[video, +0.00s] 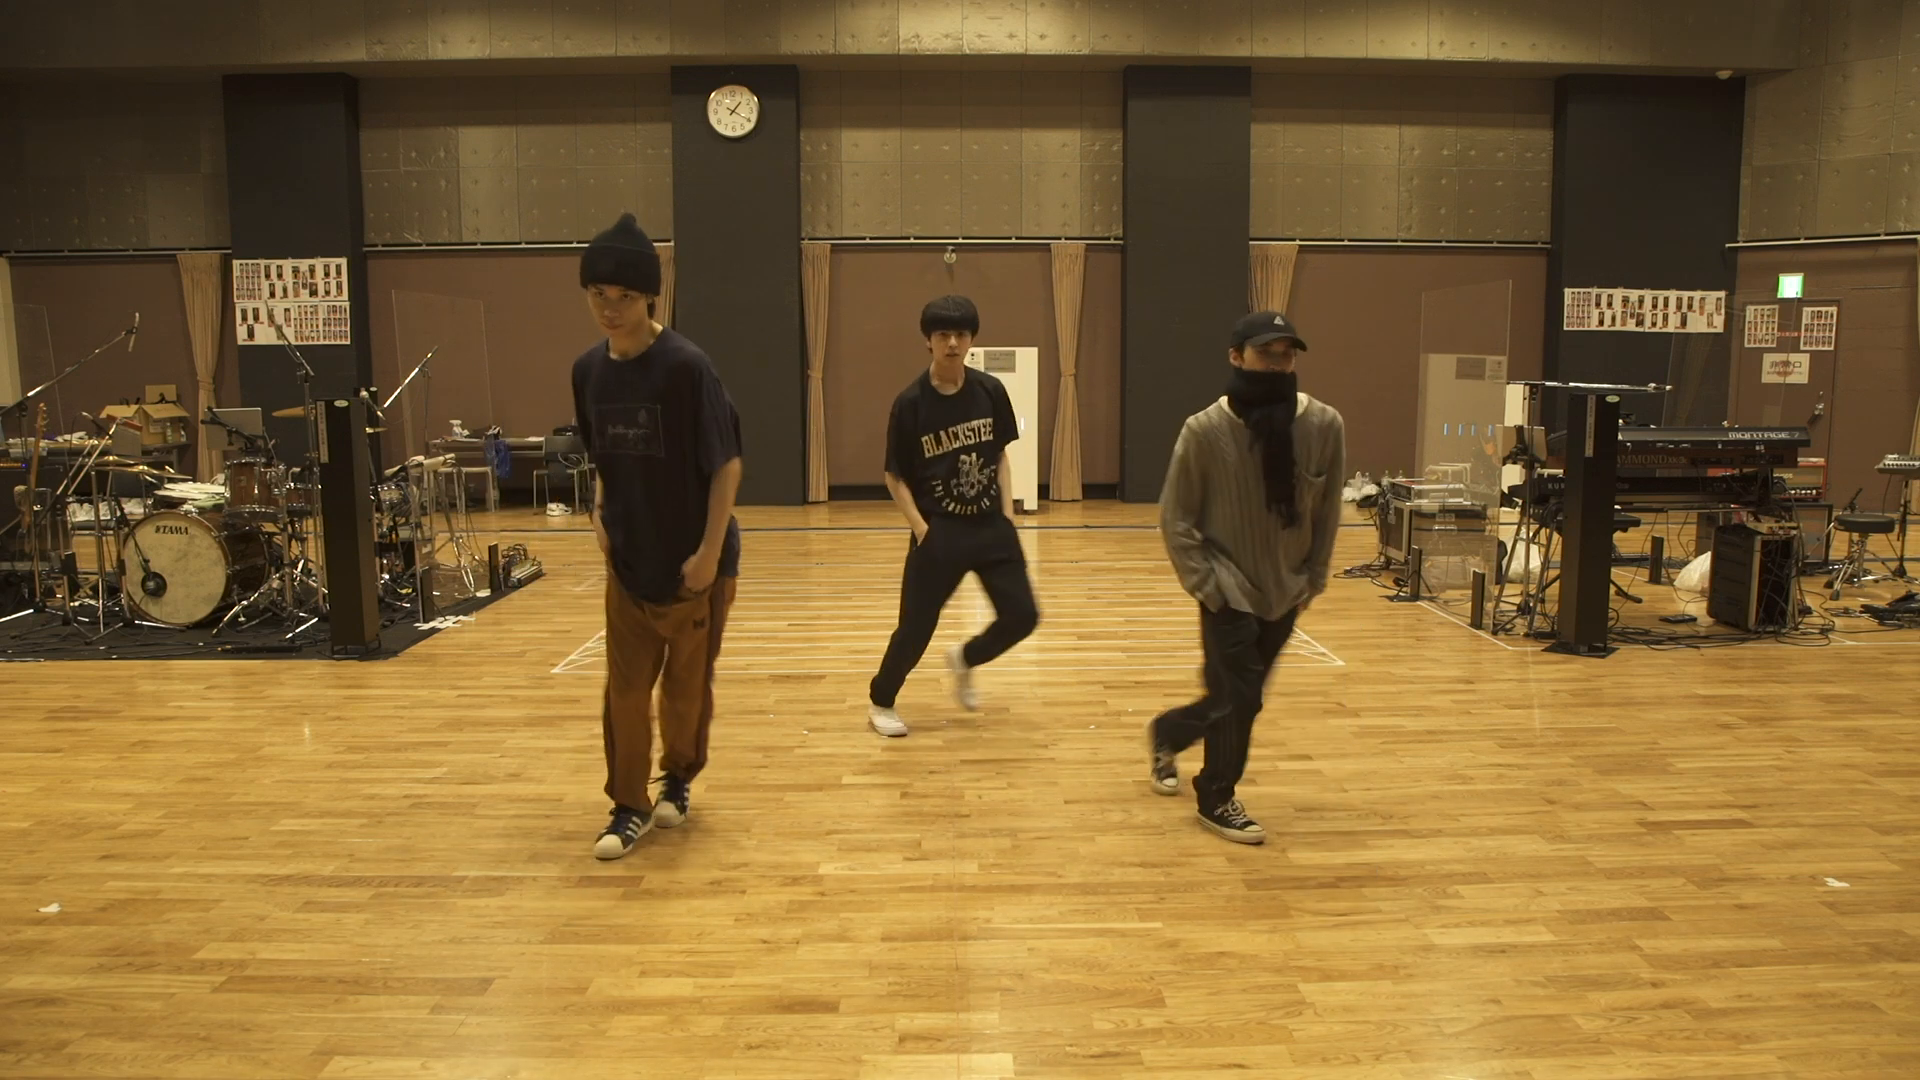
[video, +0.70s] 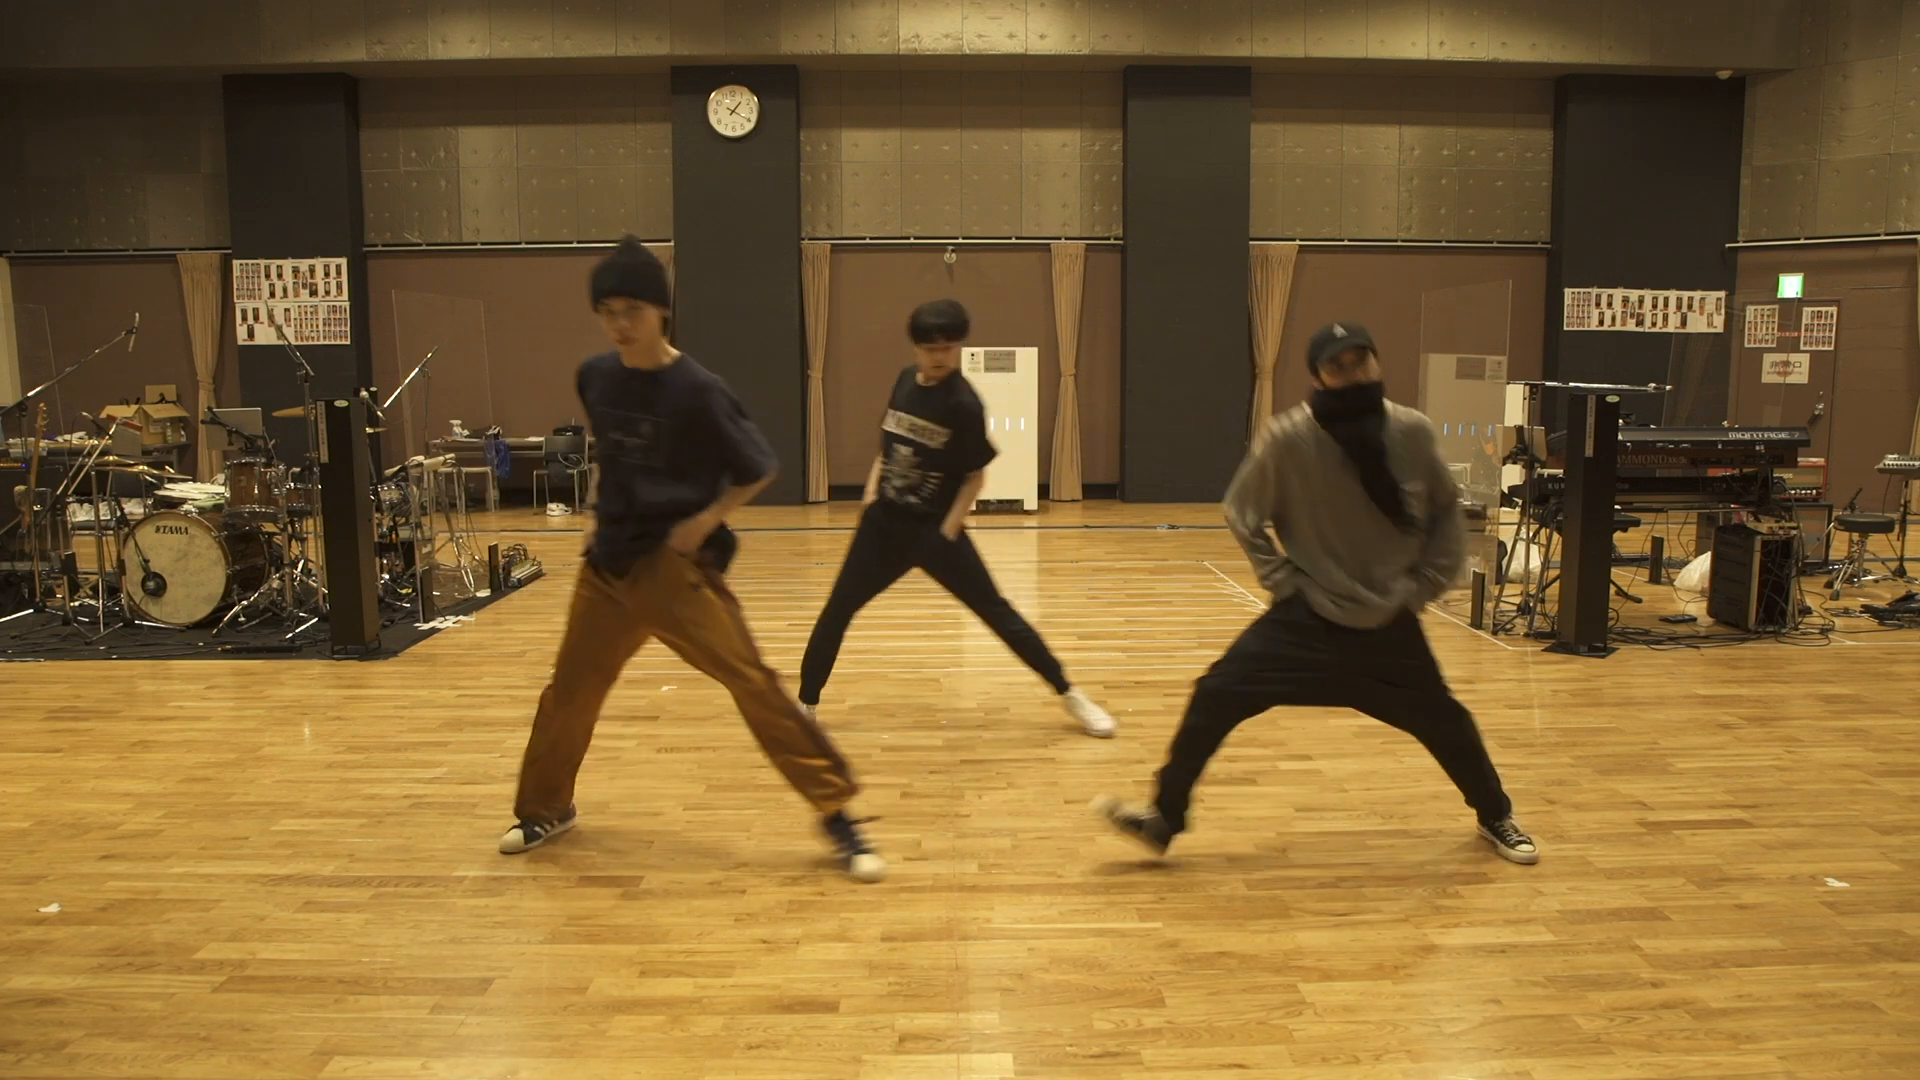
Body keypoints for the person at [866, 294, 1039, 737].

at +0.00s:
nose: (952, 345)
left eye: (960, 336)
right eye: (943, 336)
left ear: (971, 341)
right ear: (928, 342)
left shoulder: (990, 390)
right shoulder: (910, 405)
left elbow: (1000, 455)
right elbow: (895, 476)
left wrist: (1007, 515)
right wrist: (922, 530)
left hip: (991, 530)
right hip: (939, 534)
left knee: (1023, 618)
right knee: (915, 632)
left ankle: (964, 659)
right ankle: (882, 703)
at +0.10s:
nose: (958, 343)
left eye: (966, 334)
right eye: (949, 334)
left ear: (977, 340)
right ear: (933, 339)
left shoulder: (998, 386)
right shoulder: (914, 402)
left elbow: (1011, 449)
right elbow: (905, 471)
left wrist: (1021, 507)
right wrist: (931, 526)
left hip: (1007, 522)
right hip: (954, 532)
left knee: (1060, 601)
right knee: (929, 624)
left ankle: (1027, 672)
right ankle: (885, 701)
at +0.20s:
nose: (966, 340)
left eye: (974, 332)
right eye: (957, 331)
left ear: (986, 337)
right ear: (941, 337)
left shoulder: (1013, 381)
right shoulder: (926, 398)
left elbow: (1029, 442)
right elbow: (924, 468)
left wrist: (1036, 499)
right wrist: (949, 517)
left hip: (1024, 517)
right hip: (970, 526)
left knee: (1069, 604)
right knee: (958, 619)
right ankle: (925, 694)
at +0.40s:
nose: (1009, 357)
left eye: (1017, 348)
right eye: (999, 349)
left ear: (1027, 352)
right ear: (980, 352)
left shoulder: (1042, 410)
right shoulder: (953, 405)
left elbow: (1052, 474)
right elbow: (938, 470)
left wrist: (1051, 523)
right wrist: (958, 528)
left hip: (1033, 537)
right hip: (977, 541)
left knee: (1078, 617)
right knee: (939, 631)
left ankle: (1119, 707)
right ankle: (991, 684)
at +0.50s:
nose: (994, 362)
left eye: (1003, 353)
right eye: (985, 353)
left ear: (1015, 358)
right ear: (970, 357)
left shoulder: (1035, 412)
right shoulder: (946, 410)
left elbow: (1045, 475)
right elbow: (928, 469)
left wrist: (1026, 532)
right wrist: (941, 522)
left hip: (1014, 546)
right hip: (956, 543)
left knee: (1069, 625)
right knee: (886, 615)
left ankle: (1118, 707)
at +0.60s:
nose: (972, 358)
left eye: (981, 350)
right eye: (964, 349)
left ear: (992, 353)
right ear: (948, 351)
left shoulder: (1004, 402)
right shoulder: (923, 398)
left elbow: (1012, 470)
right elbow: (910, 456)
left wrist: (993, 532)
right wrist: (911, 508)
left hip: (980, 541)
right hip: (926, 536)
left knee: (1038, 620)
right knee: (866, 611)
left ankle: (1108, 700)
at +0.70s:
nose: (938, 358)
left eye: (946, 348)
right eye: (929, 348)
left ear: (960, 348)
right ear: (915, 348)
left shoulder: (965, 405)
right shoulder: (905, 381)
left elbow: (974, 477)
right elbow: (888, 447)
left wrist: (947, 530)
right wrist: (870, 497)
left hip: (934, 533)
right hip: (884, 524)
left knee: (997, 613)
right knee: (836, 611)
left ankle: (1070, 695)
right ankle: (805, 707)